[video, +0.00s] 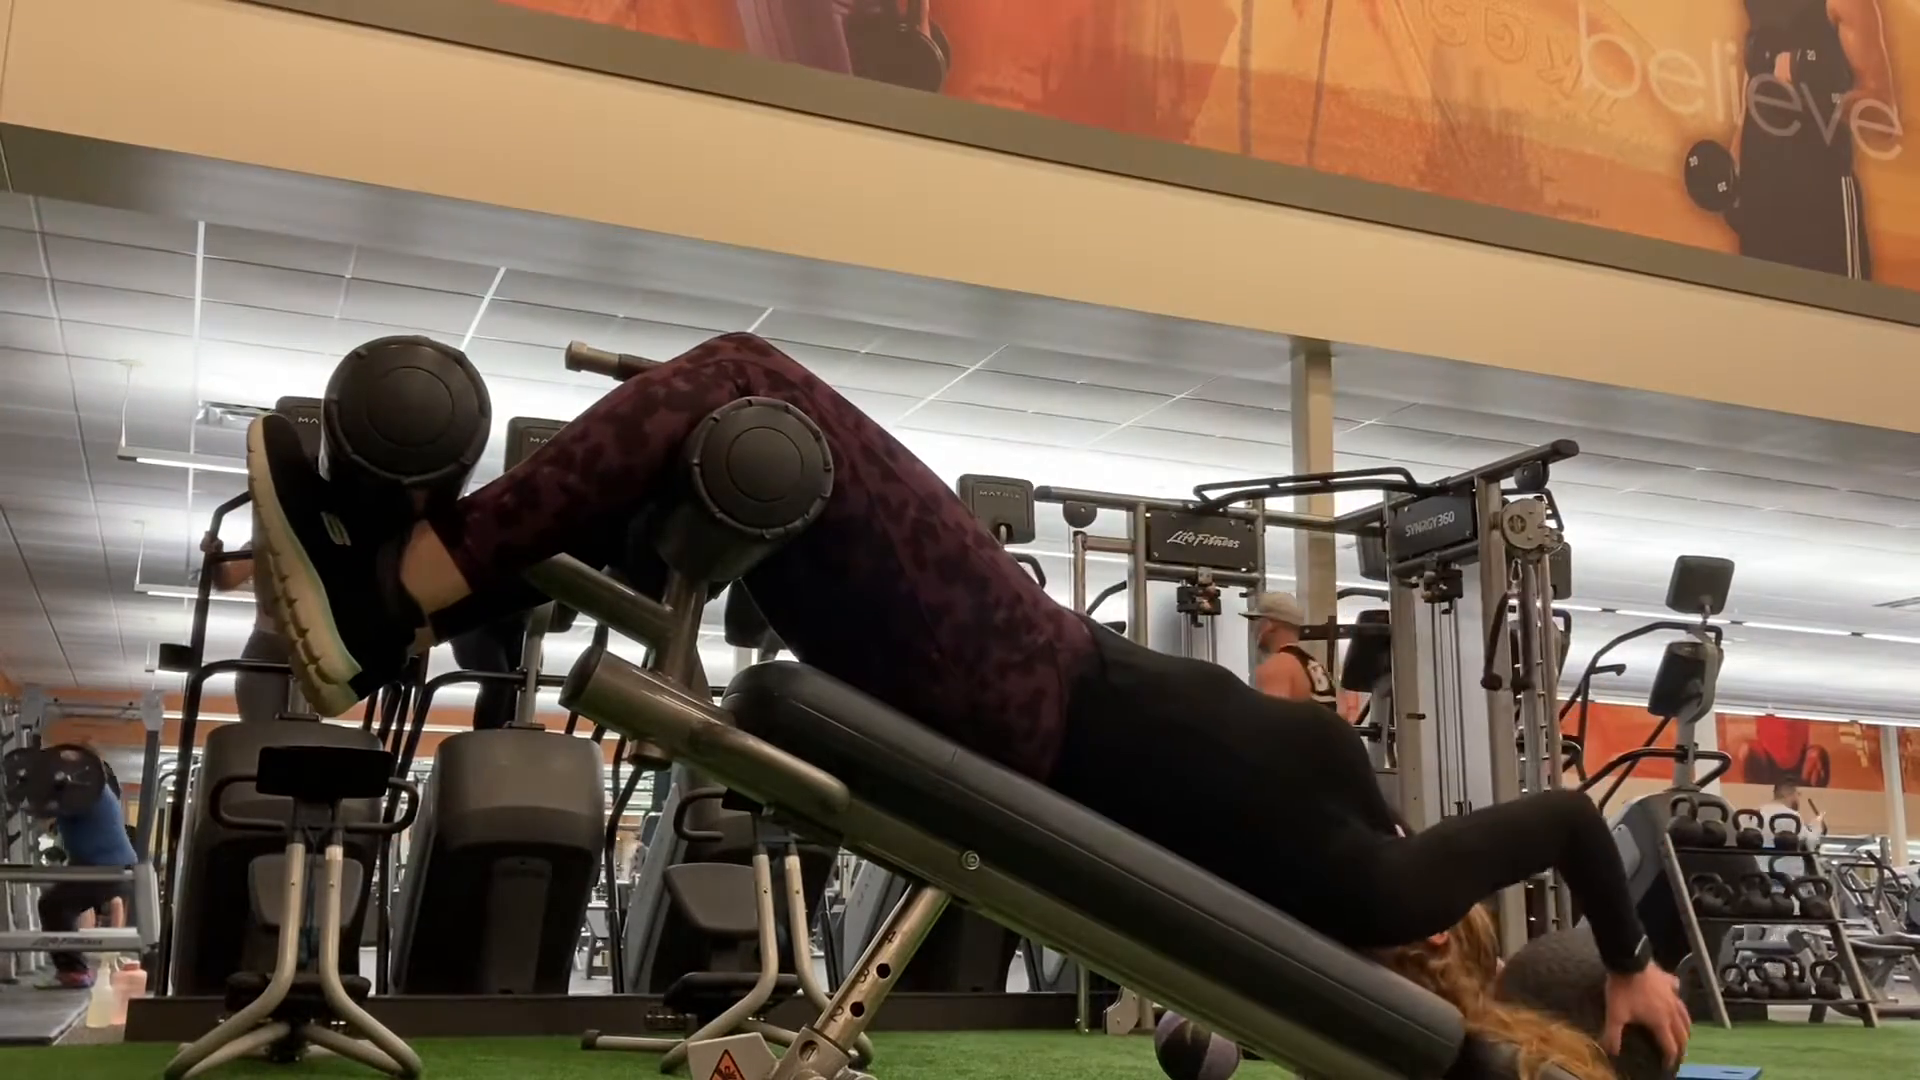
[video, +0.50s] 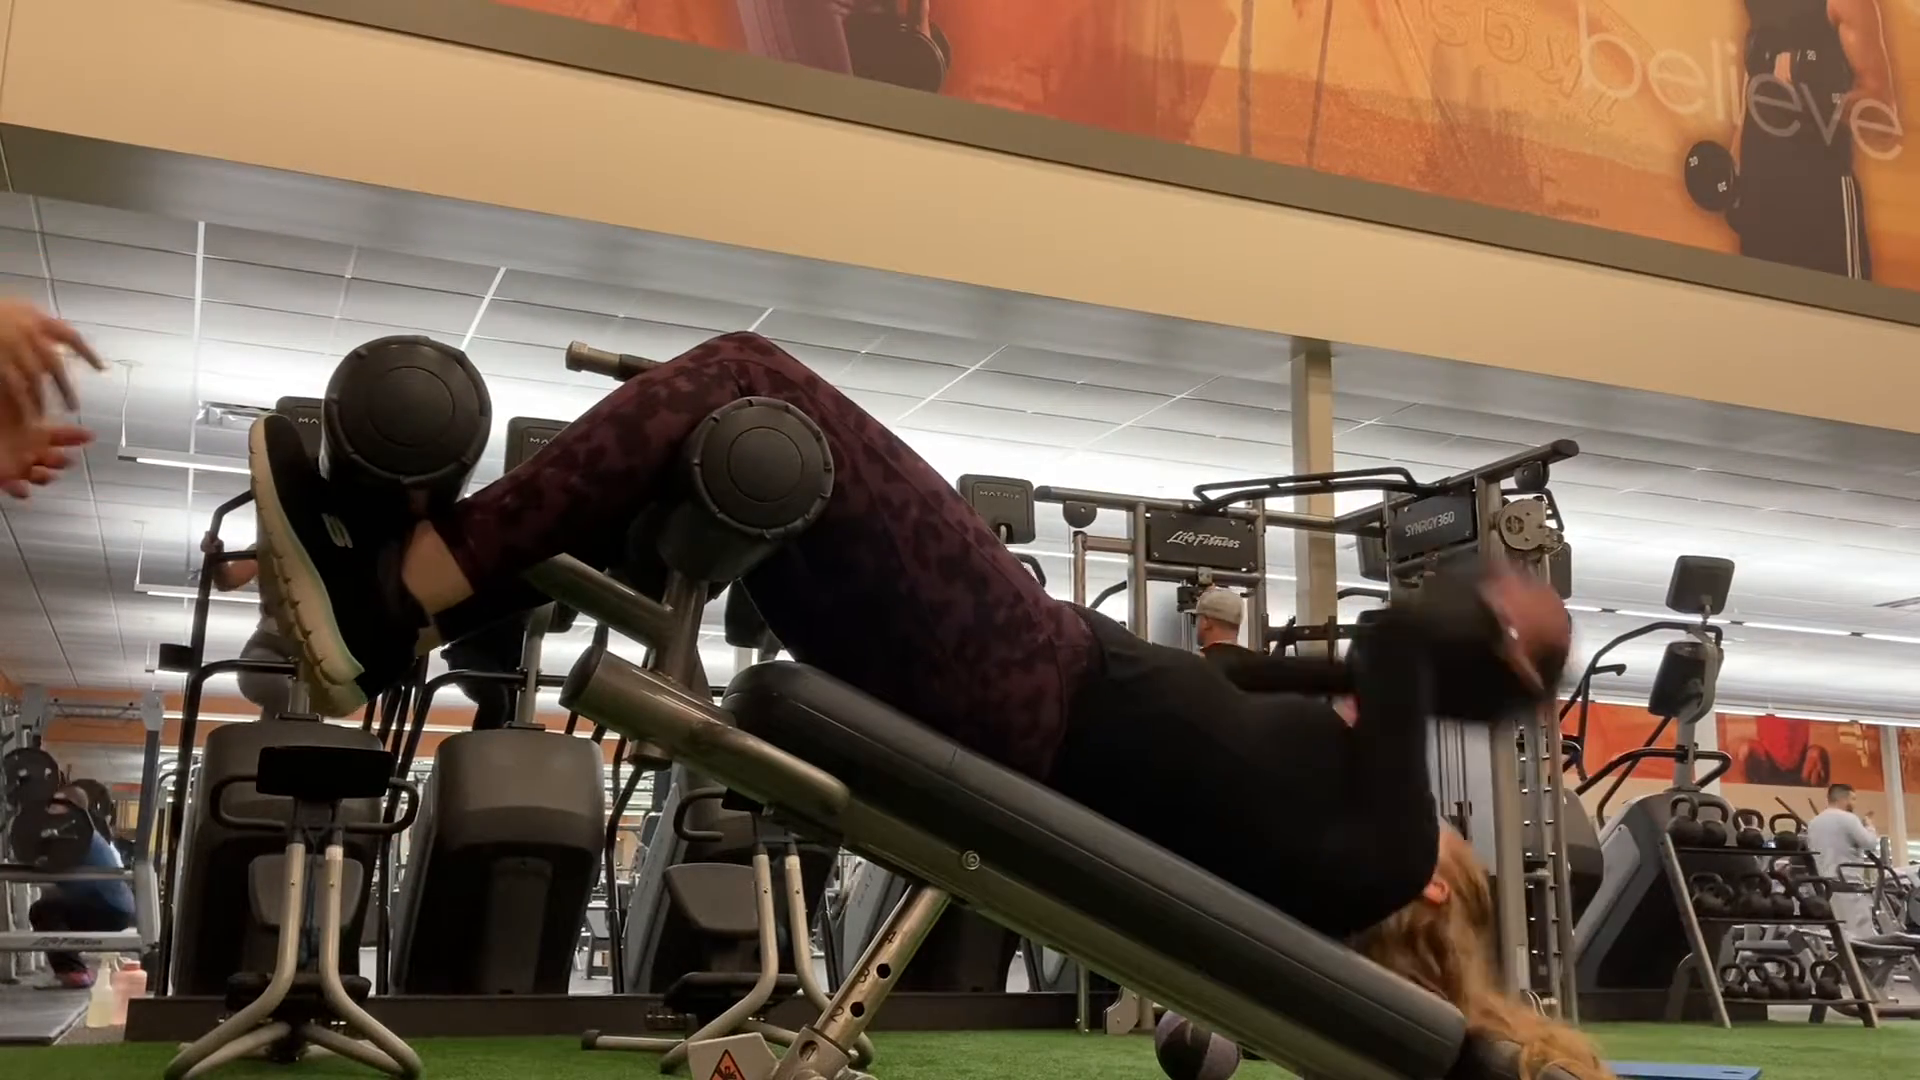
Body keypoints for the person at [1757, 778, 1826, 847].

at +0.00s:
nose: (1798, 799)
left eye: (1798, 795)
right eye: (1797, 795)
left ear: (1776, 794)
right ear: (1788, 795)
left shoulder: (1759, 812)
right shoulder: (1793, 816)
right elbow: (1810, 845)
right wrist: (1817, 825)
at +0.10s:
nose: (1808, 798)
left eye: (1809, 794)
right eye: (1808, 794)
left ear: (1786, 794)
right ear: (1802, 794)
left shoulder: (1769, 814)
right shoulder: (1806, 815)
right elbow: (1823, 842)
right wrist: (1828, 825)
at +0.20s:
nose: (1816, 799)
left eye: (1817, 795)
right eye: (1815, 795)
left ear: (1794, 796)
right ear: (1807, 796)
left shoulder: (1781, 814)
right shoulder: (1813, 816)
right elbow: (1834, 842)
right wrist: (1837, 826)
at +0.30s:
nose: (1827, 802)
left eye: (1827, 798)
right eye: (1826, 798)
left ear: (1806, 798)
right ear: (1819, 798)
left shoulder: (1794, 815)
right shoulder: (1825, 818)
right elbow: (1848, 844)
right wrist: (1847, 826)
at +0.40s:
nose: (1842, 804)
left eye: (1842, 800)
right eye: (1840, 800)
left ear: (1818, 800)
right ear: (1832, 800)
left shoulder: (1805, 819)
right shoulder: (1837, 819)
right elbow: (1858, 843)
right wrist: (1858, 826)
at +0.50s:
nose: (1854, 804)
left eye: (1854, 800)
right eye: (1852, 799)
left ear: (1830, 799)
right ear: (1844, 799)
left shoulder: (1813, 823)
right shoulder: (1849, 819)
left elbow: (1813, 853)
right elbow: (1870, 842)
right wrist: (1870, 826)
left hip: (1825, 888)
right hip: (1851, 888)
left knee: (1836, 933)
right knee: (1861, 933)